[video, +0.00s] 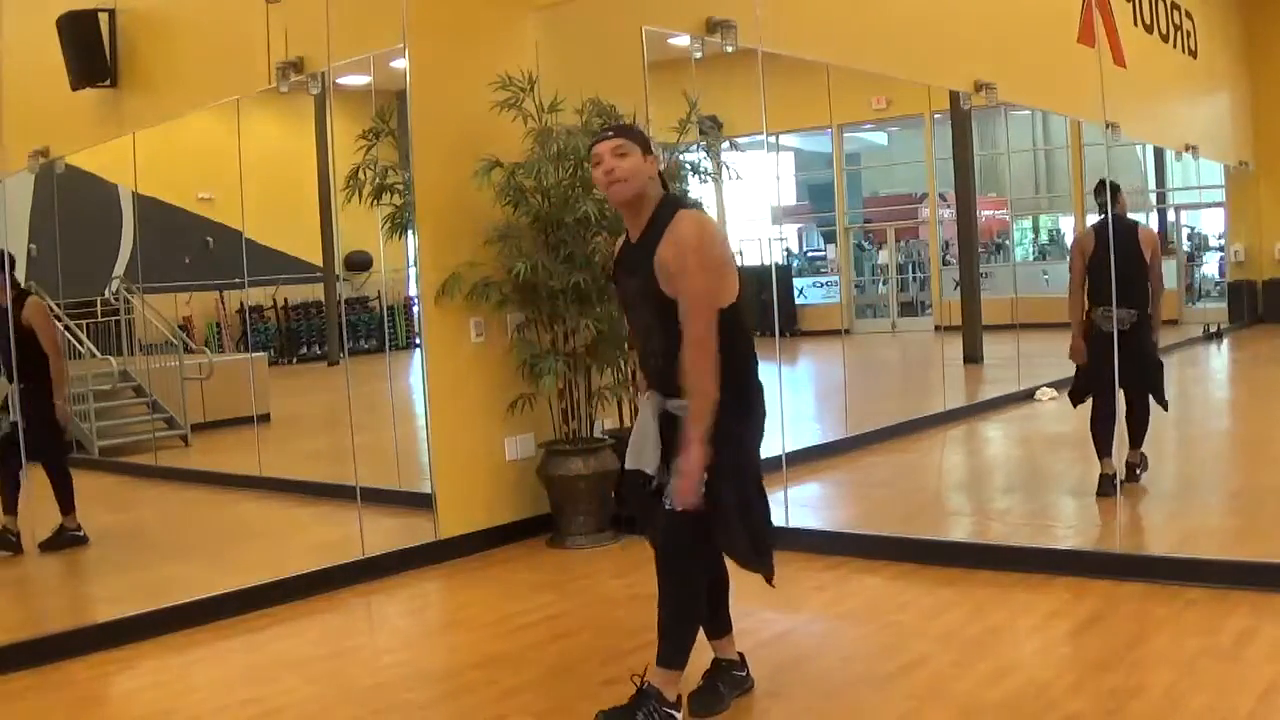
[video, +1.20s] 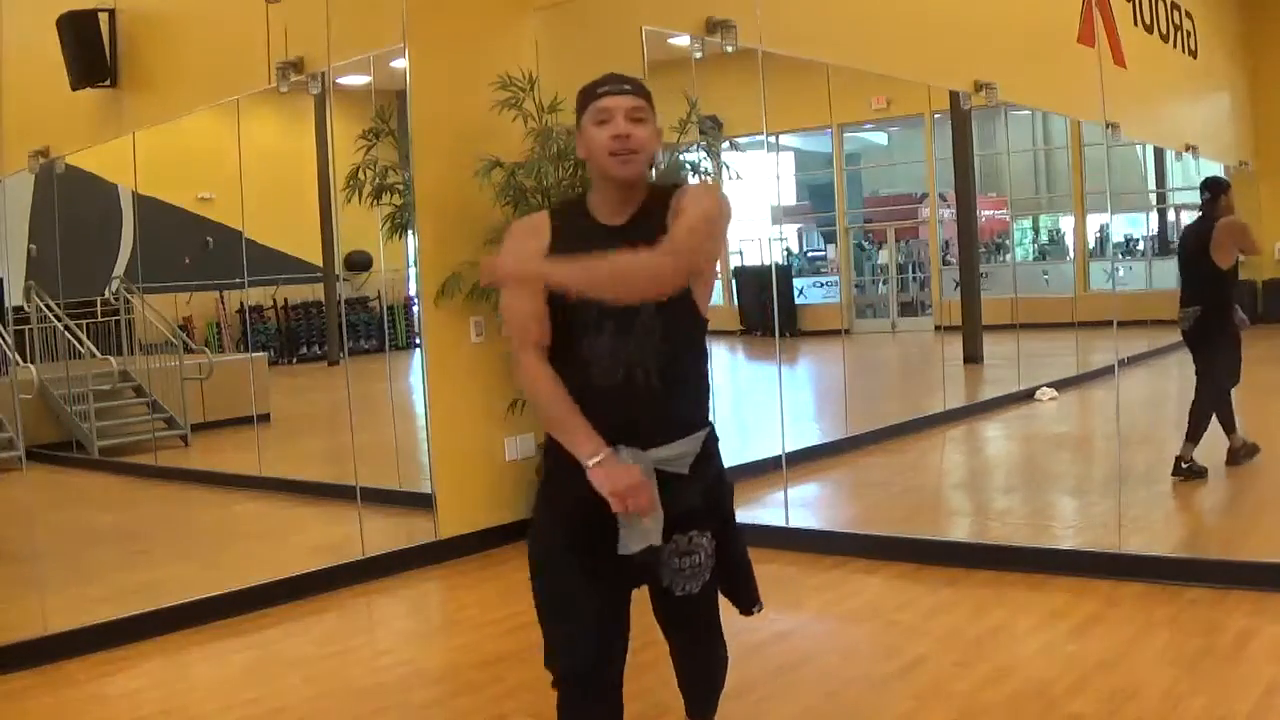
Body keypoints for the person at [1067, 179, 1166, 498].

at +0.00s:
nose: (1126, 201)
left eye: (1119, 197)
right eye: (1123, 197)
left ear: (1096, 205)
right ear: (1121, 200)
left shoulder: (1084, 239)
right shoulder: (1146, 236)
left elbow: (1076, 291)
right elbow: (1157, 286)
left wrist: (1076, 336)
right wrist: (1155, 328)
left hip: (1099, 333)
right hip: (1137, 332)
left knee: (1102, 400)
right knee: (1137, 396)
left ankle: (1107, 470)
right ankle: (1134, 459)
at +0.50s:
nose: (1166, 204)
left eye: (1163, 199)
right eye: (1163, 199)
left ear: (1134, 204)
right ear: (1156, 201)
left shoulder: (1117, 240)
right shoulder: (1176, 234)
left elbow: (1107, 290)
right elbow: (1194, 284)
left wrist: (1106, 335)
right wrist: (1199, 326)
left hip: (1125, 336)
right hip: (1163, 335)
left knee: (1114, 402)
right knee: (1176, 397)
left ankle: (1107, 468)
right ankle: (1182, 462)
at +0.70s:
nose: (1192, 200)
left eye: (1191, 194)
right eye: (1189, 195)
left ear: (1162, 200)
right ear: (1180, 198)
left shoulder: (1145, 234)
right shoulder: (1191, 231)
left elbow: (1141, 286)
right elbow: (1211, 275)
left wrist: (1142, 326)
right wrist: (1212, 296)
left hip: (1149, 326)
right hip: (1182, 325)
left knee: (1154, 389)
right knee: (1193, 392)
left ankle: (1121, 435)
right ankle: (1184, 461)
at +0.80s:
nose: (1203, 197)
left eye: (1201, 191)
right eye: (1200, 191)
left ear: (1173, 195)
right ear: (1190, 193)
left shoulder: (1157, 228)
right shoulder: (1197, 227)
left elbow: (1169, 266)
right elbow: (1225, 262)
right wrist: (1226, 251)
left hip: (1157, 319)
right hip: (1186, 320)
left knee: (1174, 382)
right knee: (1196, 387)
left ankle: (1143, 440)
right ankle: (1184, 462)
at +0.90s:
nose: (1213, 198)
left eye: (1213, 192)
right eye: (1211, 192)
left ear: (1186, 193)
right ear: (1199, 192)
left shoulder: (1167, 225)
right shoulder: (1200, 221)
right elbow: (1235, 234)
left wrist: (1207, 316)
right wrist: (1232, 205)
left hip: (1166, 316)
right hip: (1189, 318)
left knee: (1187, 382)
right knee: (1195, 384)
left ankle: (1179, 452)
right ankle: (1182, 459)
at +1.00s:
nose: (1221, 198)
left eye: (1220, 192)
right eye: (1219, 192)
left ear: (1196, 194)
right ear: (1209, 193)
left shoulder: (1179, 224)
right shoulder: (1206, 221)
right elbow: (1233, 216)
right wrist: (1218, 201)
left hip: (1175, 316)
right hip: (1196, 317)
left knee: (1201, 380)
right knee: (1195, 386)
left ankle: (1211, 442)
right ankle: (1183, 461)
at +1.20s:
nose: (1233, 201)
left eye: (1230, 196)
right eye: (1230, 196)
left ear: (1205, 199)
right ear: (1223, 197)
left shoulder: (1189, 231)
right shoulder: (1230, 227)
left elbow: (1203, 277)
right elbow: (1255, 250)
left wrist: (1233, 309)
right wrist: (1232, 222)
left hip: (1190, 317)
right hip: (1214, 318)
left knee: (1219, 382)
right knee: (1210, 385)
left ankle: (1236, 444)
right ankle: (1184, 458)